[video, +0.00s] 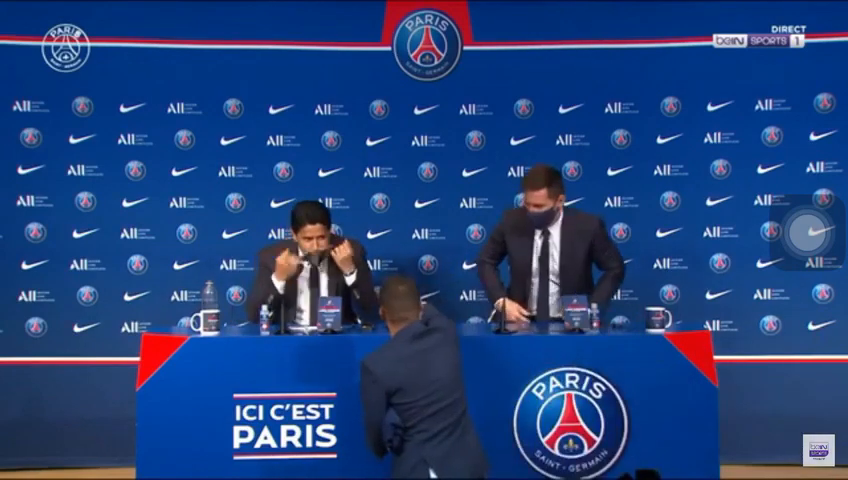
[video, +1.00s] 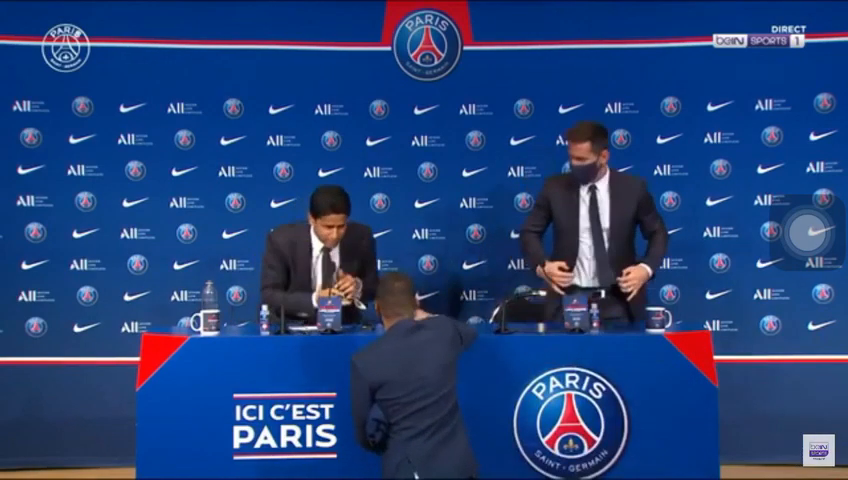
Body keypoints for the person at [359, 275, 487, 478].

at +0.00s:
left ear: (382, 313)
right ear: (420, 307)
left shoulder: (376, 365)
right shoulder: (446, 333)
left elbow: (377, 436)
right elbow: (428, 310)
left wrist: (381, 449)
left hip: (417, 464)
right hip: (466, 458)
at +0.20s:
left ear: (376, 313)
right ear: (414, 306)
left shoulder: (369, 366)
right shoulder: (441, 332)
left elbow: (372, 442)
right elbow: (436, 314)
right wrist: (427, 303)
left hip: (411, 466)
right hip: (461, 461)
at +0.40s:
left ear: (376, 312)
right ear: (415, 305)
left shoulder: (368, 365)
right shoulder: (443, 332)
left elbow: (369, 438)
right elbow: (471, 325)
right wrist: (434, 309)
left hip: (408, 464)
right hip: (459, 459)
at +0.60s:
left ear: (379, 310)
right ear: (417, 302)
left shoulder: (368, 363)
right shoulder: (445, 330)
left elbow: (369, 437)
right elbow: (471, 324)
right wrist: (425, 319)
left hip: (407, 464)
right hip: (458, 459)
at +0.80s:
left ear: (380, 310)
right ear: (417, 304)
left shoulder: (368, 362)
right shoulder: (444, 329)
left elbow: (368, 435)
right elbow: (464, 325)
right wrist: (424, 319)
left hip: (406, 462)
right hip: (458, 458)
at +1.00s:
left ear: (378, 309)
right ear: (416, 302)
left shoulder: (365, 361)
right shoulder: (444, 331)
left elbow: (365, 433)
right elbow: (470, 334)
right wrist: (427, 317)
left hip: (403, 462)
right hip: (454, 458)